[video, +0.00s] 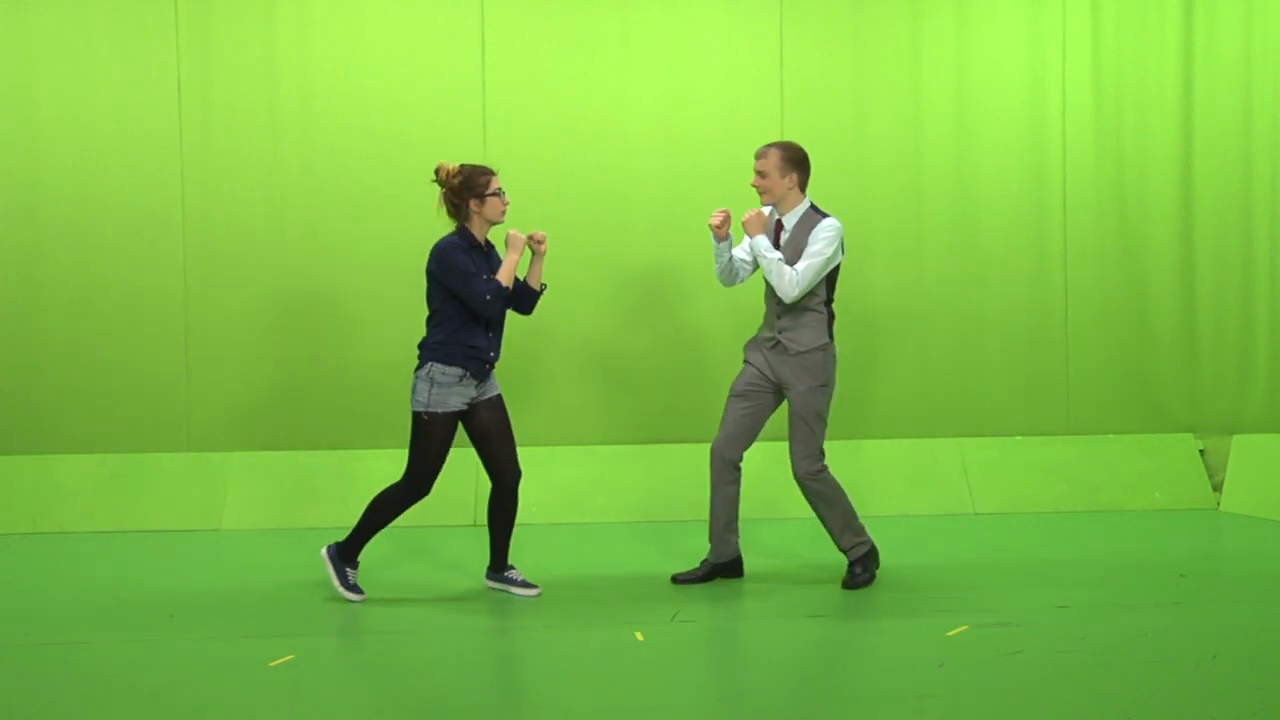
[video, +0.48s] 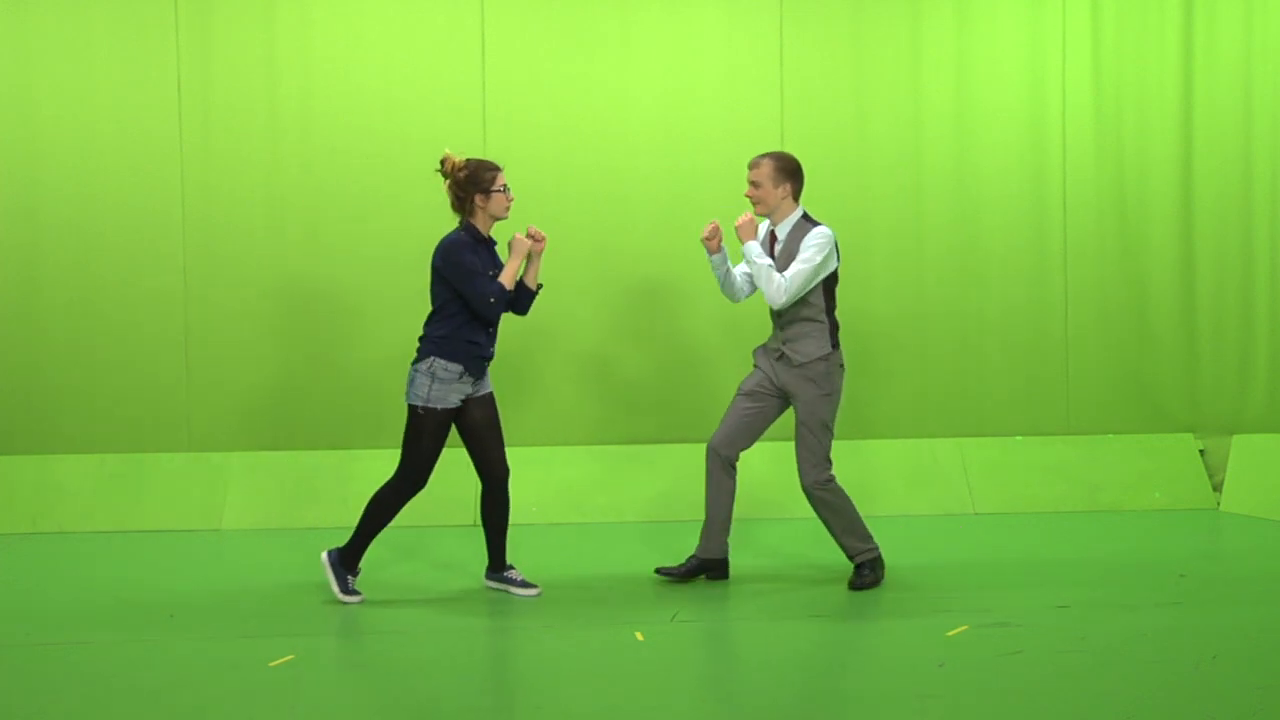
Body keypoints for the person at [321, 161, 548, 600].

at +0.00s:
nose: (506, 201)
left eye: (503, 193)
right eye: (497, 195)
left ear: (477, 204)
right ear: (473, 205)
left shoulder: (487, 252)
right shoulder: (448, 252)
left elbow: (522, 303)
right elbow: (487, 304)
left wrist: (537, 260)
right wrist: (513, 256)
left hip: (479, 379)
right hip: (440, 378)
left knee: (507, 475)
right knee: (418, 483)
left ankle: (499, 568)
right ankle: (344, 554)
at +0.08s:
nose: (508, 202)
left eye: (506, 194)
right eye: (499, 195)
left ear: (486, 203)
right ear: (475, 205)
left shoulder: (490, 252)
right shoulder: (451, 251)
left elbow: (525, 304)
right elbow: (489, 307)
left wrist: (538, 260)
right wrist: (514, 260)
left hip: (478, 377)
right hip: (439, 376)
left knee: (506, 474)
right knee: (419, 484)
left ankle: (498, 567)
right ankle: (344, 557)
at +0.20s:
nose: (508, 216)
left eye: (506, 209)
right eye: (500, 210)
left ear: (483, 220)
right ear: (476, 220)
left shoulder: (488, 270)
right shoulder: (451, 267)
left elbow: (521, 326)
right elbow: (485, 324)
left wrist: (532, 280)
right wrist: (514, 279)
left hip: (483, 393)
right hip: (445, 393)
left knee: (515, 484)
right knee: (413, 494)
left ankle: (498, 570)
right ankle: (331, 563)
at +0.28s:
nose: (508, 216)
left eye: (505, 209)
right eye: (500, 211)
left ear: (482, 220)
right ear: (476, 220)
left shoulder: (486, 270)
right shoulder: (451, 268)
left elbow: (514, 330)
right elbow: (483, 327)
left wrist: (531, 287)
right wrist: (514, 284)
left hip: (485, 394)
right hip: (447, 394)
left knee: (516, 484)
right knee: (416, 494)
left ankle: (498, 570)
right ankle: (333, 563)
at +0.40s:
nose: (509, 200)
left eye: (507, 192)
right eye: (501, 194)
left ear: (486, 201)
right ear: (476, 203)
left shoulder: (486, 252)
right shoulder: (453, 251)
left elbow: (517, 310)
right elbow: (488, 310)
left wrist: (533, 266)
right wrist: (516, 263)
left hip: (480, 379)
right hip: (444, 378)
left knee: (503, 475)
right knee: (414, 480)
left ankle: (498, 568)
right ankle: (342, 560)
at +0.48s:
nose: (510, 196)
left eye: (508, 189)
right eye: (502, 190)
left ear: (488, 197)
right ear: (478, 199)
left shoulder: (487, 248)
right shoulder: (454, 248)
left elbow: (519, 305)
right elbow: (490, 306)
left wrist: (535, 260)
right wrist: (516, 259)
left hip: (473, 377)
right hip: (437, 374)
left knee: (496, 474)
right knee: (412, 478)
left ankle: (498, 567)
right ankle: (345, 559)